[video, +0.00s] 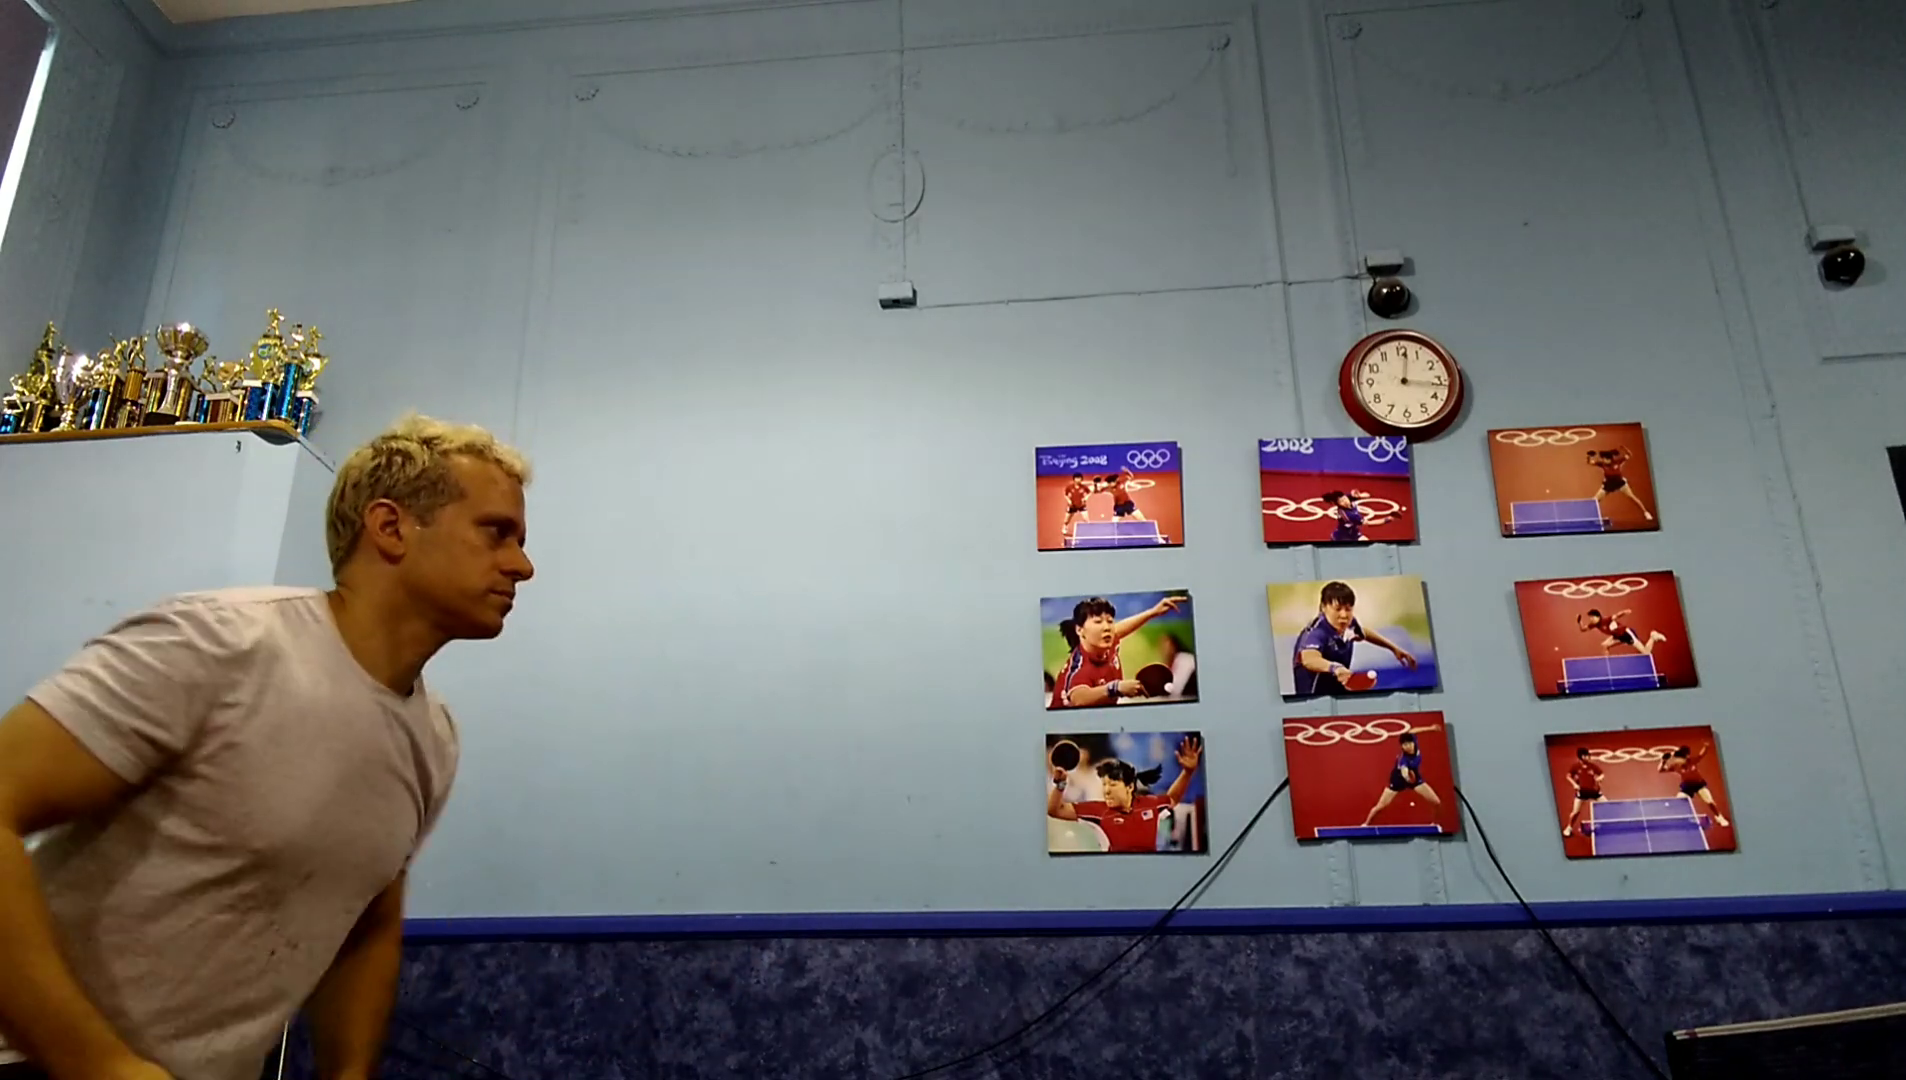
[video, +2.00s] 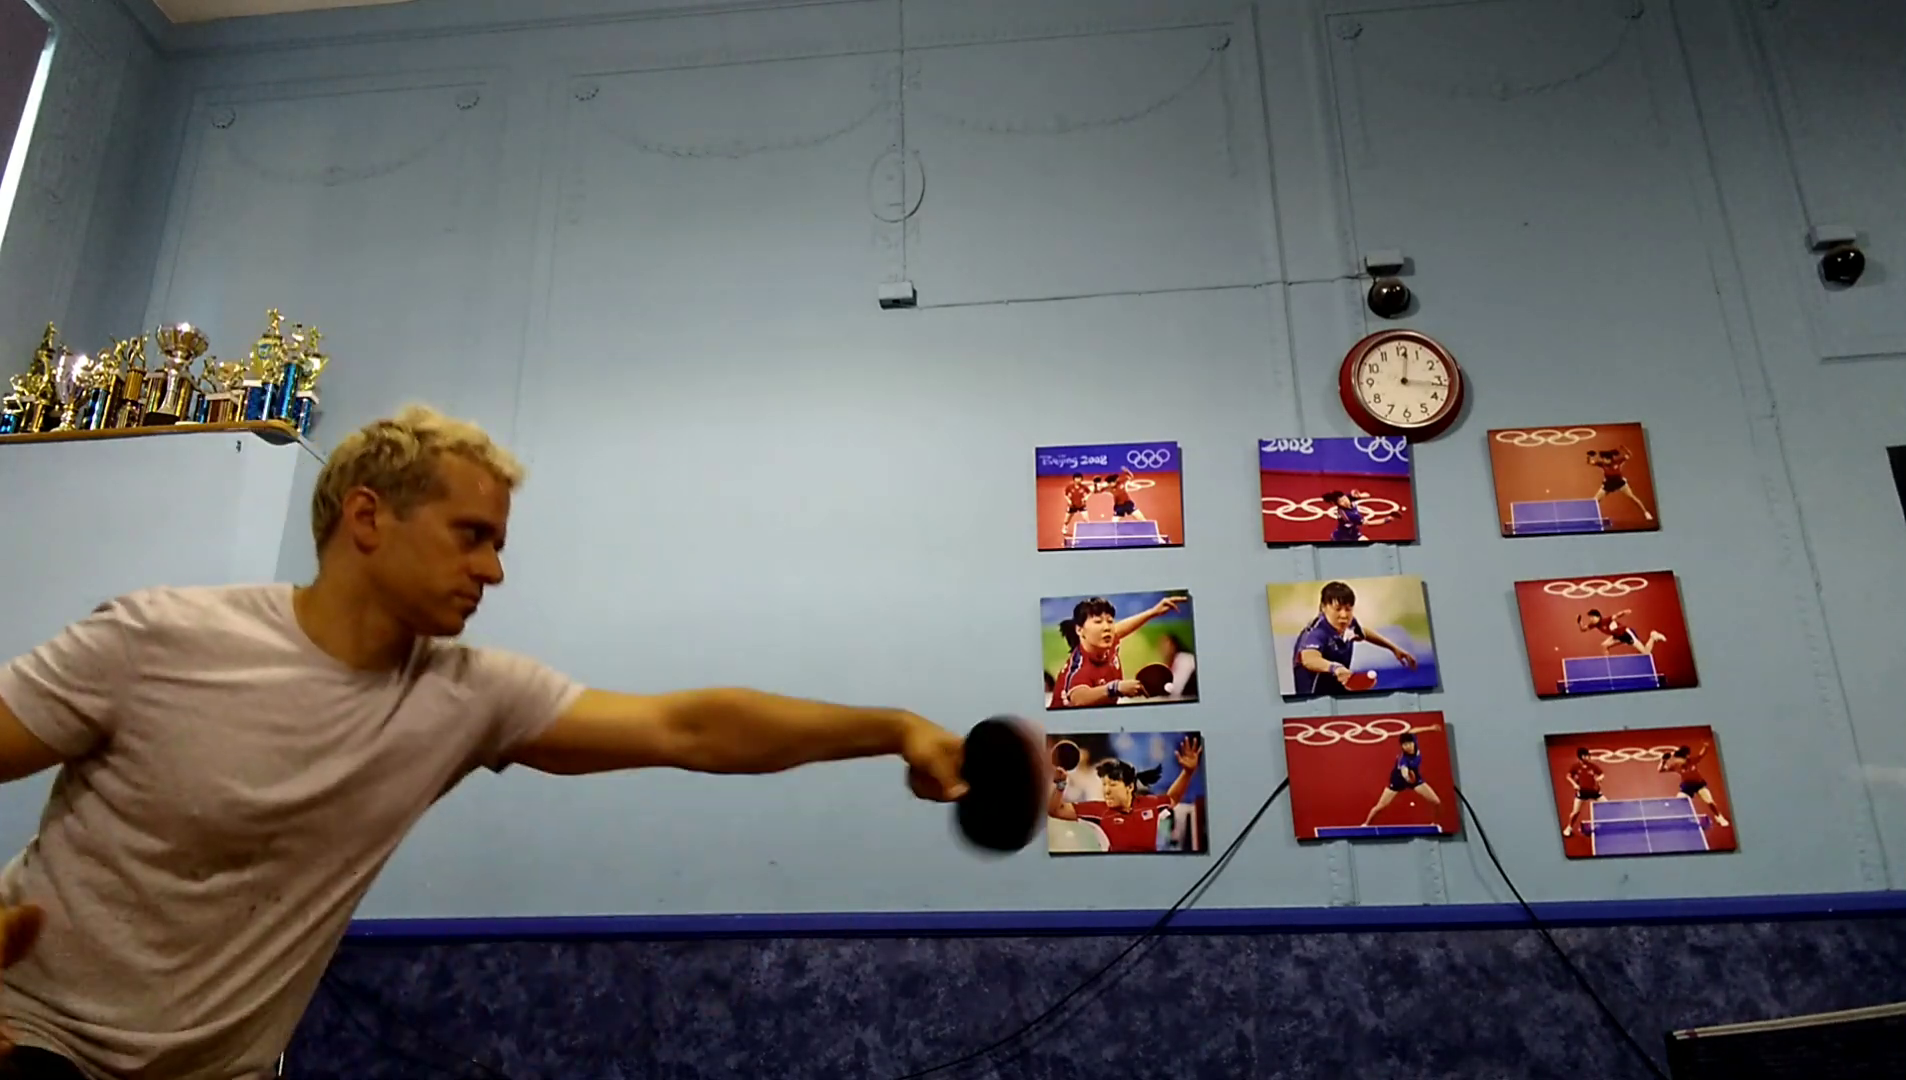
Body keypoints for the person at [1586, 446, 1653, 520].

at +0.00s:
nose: (1605, 461)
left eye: (1606, 460)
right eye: (1604, 460)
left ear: (1610, 459)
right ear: (1603, 459)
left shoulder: (1617, 462)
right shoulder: (1602, 464)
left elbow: (1629, 456)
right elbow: (1590, 463)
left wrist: (1624, 449)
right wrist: (1589, 457)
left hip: (1620, 482)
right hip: (1608, 483)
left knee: (1632, 497)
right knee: (1595, 499)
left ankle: (1645, 512)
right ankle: (1592, 519)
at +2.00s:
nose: (1605, 461)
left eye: (1606, 460)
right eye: (1603, 460)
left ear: (1610, 459)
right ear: (1603, 459)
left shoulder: (1617, 461)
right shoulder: (1602, 464)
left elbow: (1628, 457)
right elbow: (1590, 463)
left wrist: (1624, 449)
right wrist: (1590, 457)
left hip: (1620, 482)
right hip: (1608, 482)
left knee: (1632, 497)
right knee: (1596, 499)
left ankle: (1645, 512)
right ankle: (1593, 519)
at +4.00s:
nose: (1604, 461)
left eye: (1606, 460)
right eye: (1603, 460)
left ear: (1610, 458)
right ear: (1603, 459)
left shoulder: (1618, 462)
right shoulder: (1602, 464)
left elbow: (1629, 456)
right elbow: (1590, 463)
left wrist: (1624, 448)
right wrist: (1589, 457)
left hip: (1620, 482)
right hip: (1608, 483)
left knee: (1632, 497)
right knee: (1595, 499)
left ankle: (1645, 512)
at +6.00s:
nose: (1605, 461)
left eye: (1606, 459)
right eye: (1604, 460)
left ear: (1610, 458)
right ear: (1603, 459)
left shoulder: (1618, 462)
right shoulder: (1602, 464)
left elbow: (1629, 456)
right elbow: (1590, 463)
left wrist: (1624, 449)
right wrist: (1589, 456)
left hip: (1620, 482)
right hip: (1608, 483)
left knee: (1632, 497)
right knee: (1596, 499)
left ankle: (1645, 512)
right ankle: (1591, 519)